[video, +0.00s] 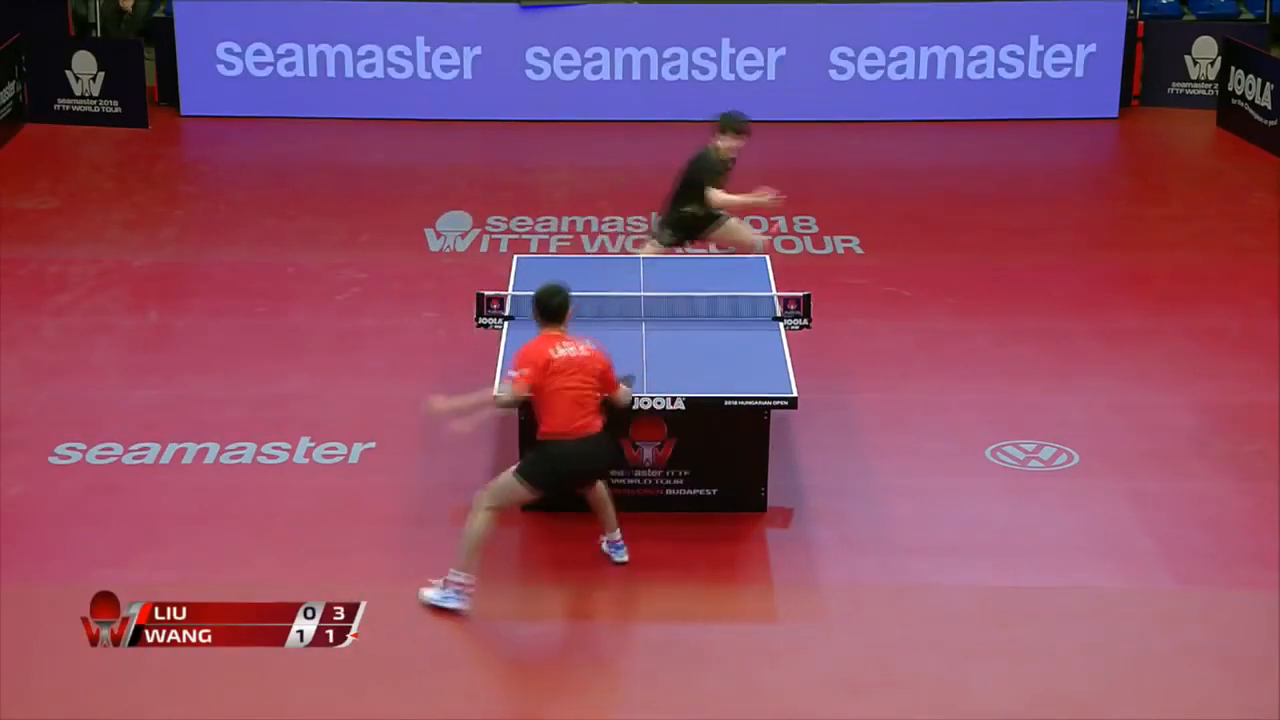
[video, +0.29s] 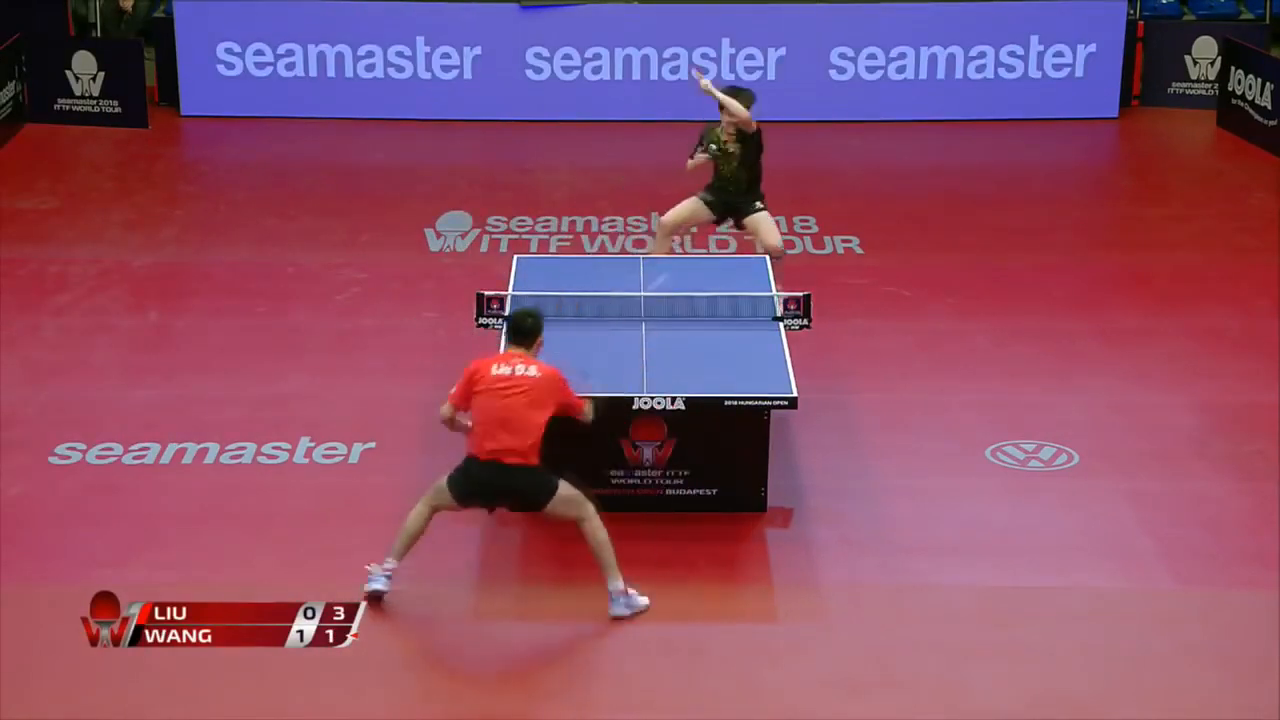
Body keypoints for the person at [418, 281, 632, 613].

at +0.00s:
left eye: (538, 311)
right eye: (564, 310)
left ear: (536, 314)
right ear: (568, 314)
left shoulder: (533, 351)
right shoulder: (591, 351)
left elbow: (517, 394)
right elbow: (620, 398)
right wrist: (623, 387)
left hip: (554, 455)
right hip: (595, 451)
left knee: (487, 500)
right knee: (590, 479)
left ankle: (458, 586)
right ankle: (616, 543)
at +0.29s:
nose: (541, 342)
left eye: (535, 336)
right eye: (541, 338)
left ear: (506, 337)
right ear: (537, 341)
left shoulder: (479, 368)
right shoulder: (550, 377)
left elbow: (447, 415)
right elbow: (585, 414)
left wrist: (470, 428)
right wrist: (583, 397)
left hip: (477, 474)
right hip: (525, 478)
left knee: (428, 504)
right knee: (585, 510)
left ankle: (384, 572)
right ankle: (619, 593)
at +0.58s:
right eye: (428, 327)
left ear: (397, 333)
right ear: (428, 330)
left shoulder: (384, 379)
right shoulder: (453, 362)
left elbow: (359, 438)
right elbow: (497, 374)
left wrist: (329, 478)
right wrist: (504, 369)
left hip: (406, 484)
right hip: (454, 481)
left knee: (358, 502)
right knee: (516, 530)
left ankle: (337, 578)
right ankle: (551, 607)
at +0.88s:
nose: (371, 371)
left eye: (369, 365)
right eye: (370, 366)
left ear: (332, 369)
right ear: (365, 372)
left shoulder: (301, 410)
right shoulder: (372, 419)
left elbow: (278, 447)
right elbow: (429, 451)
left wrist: (316, 439)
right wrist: (457, 427)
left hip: (315, 530)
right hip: (362, 529)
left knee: (295, 535)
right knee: (441, 561)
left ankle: (272, 618)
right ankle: (487, 638)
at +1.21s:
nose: (345, 447)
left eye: (344, 440)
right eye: (344, 442)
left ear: (307, 439)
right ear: (337, 449)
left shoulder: (295, 459)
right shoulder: (313, 499)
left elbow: (325, 488)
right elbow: (317, 570)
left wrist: (341, 519)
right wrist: (349, 601)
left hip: (213, 568)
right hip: (242, 586)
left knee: (211, 613)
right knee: (326, 611)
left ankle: (135, 656)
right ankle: (311, 706)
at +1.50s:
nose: (417, 500)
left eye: (413, 492)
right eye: (409, 497)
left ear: (391, 511)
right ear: (390, 512)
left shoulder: (381, 516)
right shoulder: (367, 557)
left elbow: (401, 486)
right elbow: (358, 611)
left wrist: (427, 496)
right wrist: (370, 654)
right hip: (299, 609)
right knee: (364, 685)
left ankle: (270, 642)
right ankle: (305, 714)